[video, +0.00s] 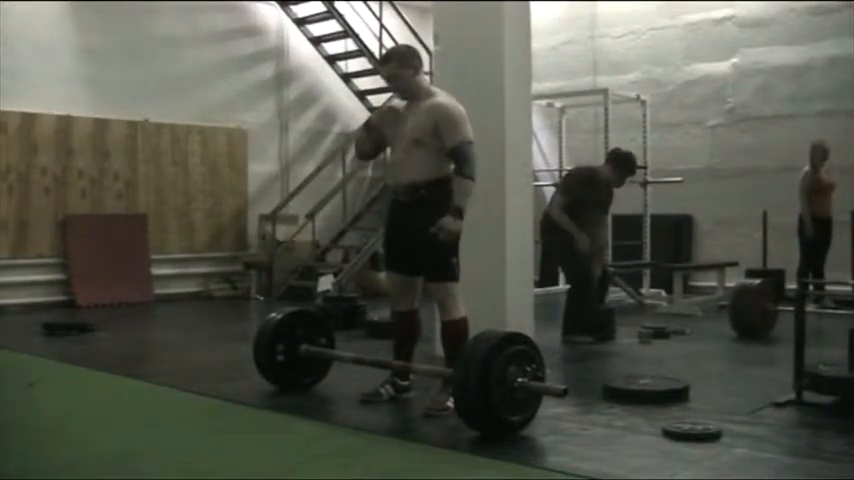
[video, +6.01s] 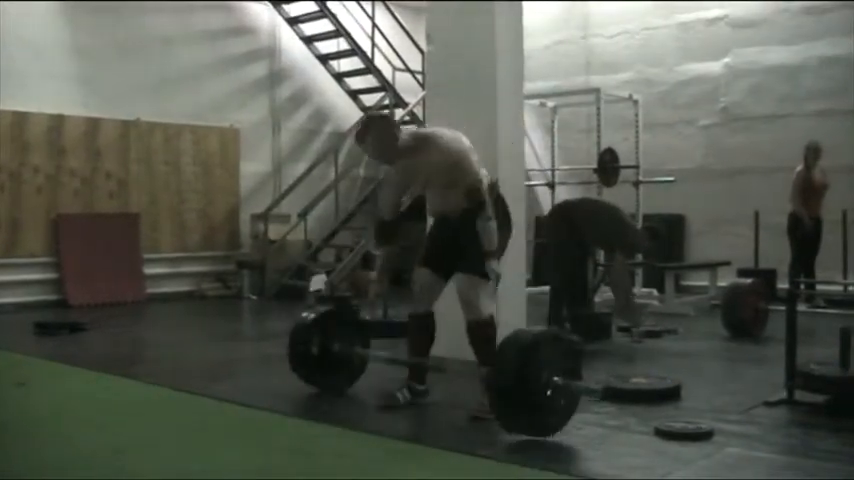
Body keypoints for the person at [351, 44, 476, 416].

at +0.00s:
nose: (391, 85)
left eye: (394, 77)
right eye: (387, 79)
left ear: (415, 70)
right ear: (388, 78)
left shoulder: (444, 109)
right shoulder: (394, 113)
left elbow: (467, 164)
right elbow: (364, 152)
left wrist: (457, 213)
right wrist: (370, 127)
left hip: (437, 200)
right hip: (401, 202)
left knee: (445, 294)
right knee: (402, 293)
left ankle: (454, 387)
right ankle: (400, 380)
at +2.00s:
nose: (332, 158)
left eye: (336, 150)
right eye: (330, 151)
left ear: (357, 146)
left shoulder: (394, 166)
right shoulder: (355, 177)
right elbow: (355, 224)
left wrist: (447, 270)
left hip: (441, 221)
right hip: (404, 230)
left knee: (430, 302)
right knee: (386, 300)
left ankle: (443, 388)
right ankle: (396, 379)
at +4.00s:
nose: (417, 70)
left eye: (426, 66)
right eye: (414, 66)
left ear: (444, 77)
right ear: (410, 76)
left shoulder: (446, 115)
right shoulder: (391, 109)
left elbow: (464, 81)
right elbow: (354, 88)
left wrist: (463, 32)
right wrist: (356, 45)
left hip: (411, 202)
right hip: (372, 201)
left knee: (422, 298)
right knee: (373, 297)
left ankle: (453, 391)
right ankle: (392, 381)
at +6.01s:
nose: (372, 155)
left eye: (372, 147)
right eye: (367, 149)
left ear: (388, 135)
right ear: (372, 144)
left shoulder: (449, 148)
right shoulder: (396, 172)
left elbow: (484, 202)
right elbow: (387, 229)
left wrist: (491, 255)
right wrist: (380, 278)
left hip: (479, 216)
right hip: (443, 221)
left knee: (472, 299)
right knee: (420, 293)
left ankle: (491, 392)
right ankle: (416, 384)